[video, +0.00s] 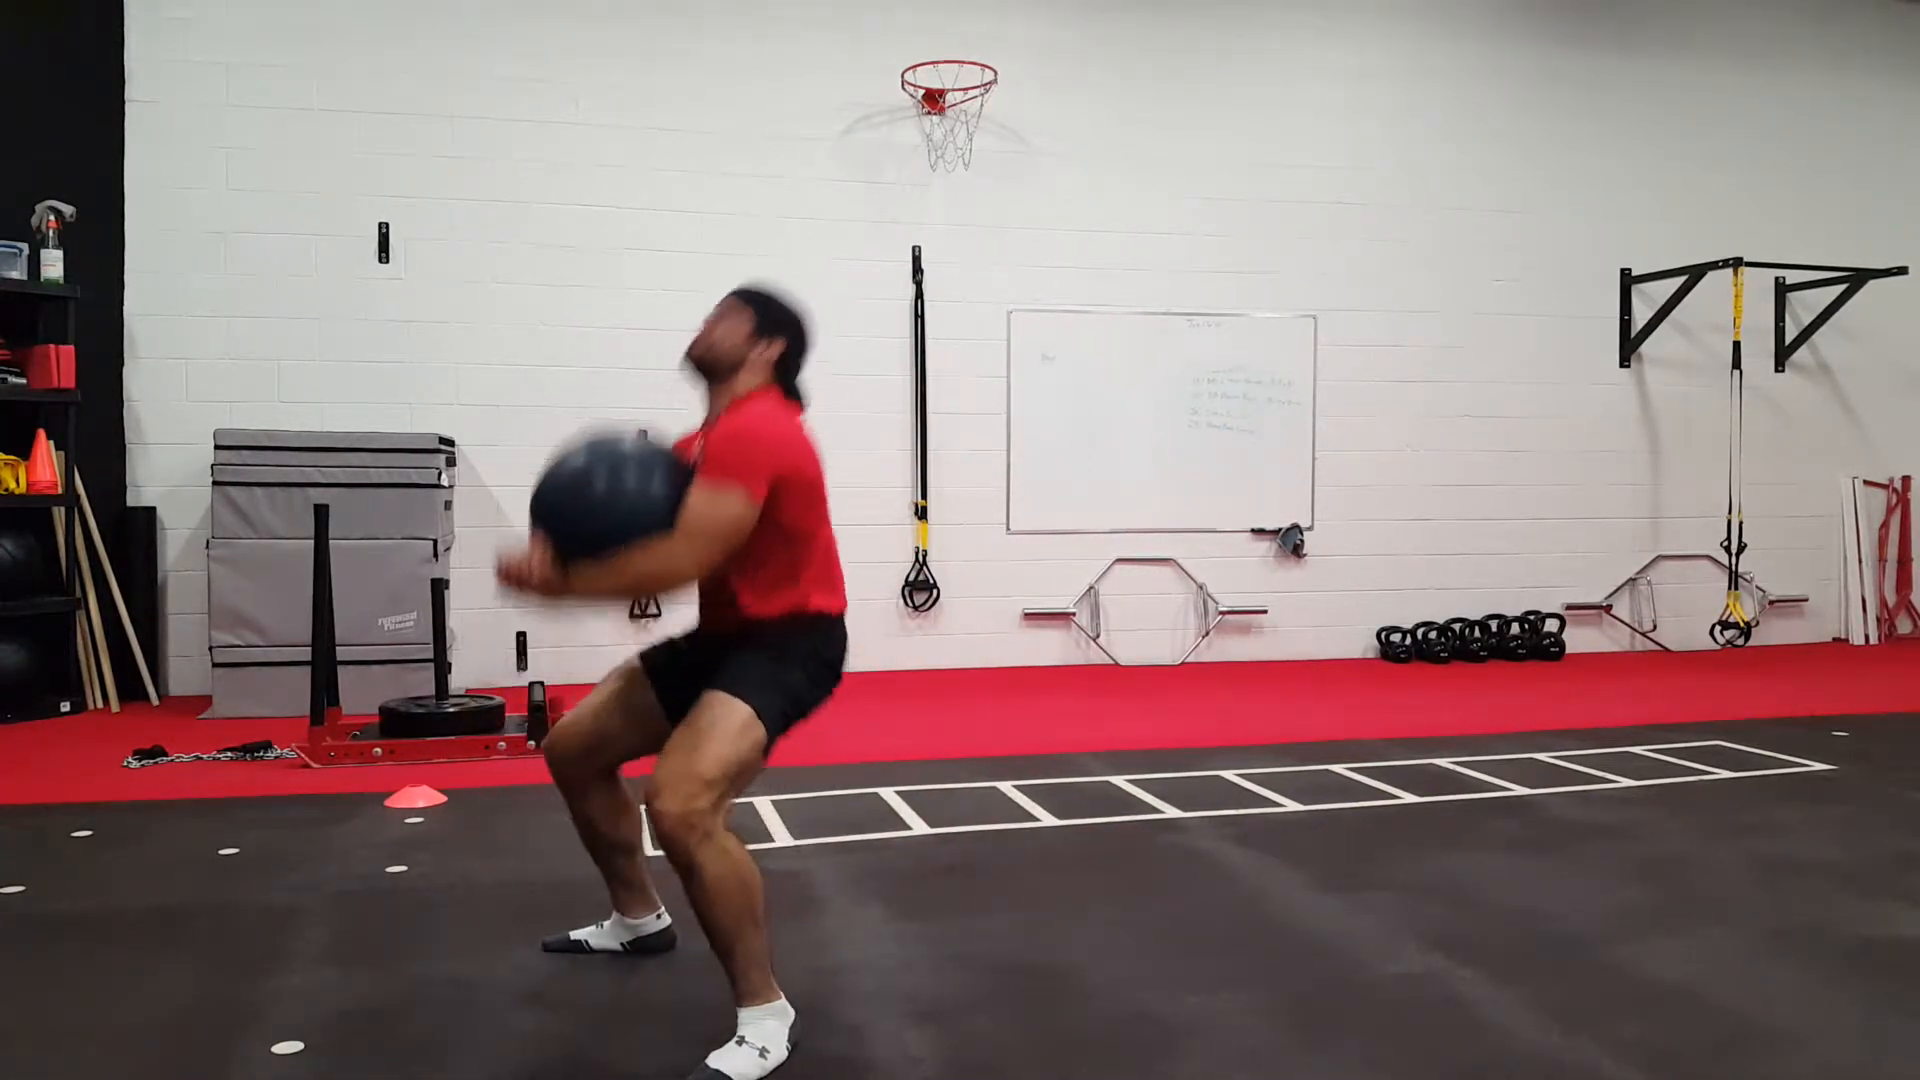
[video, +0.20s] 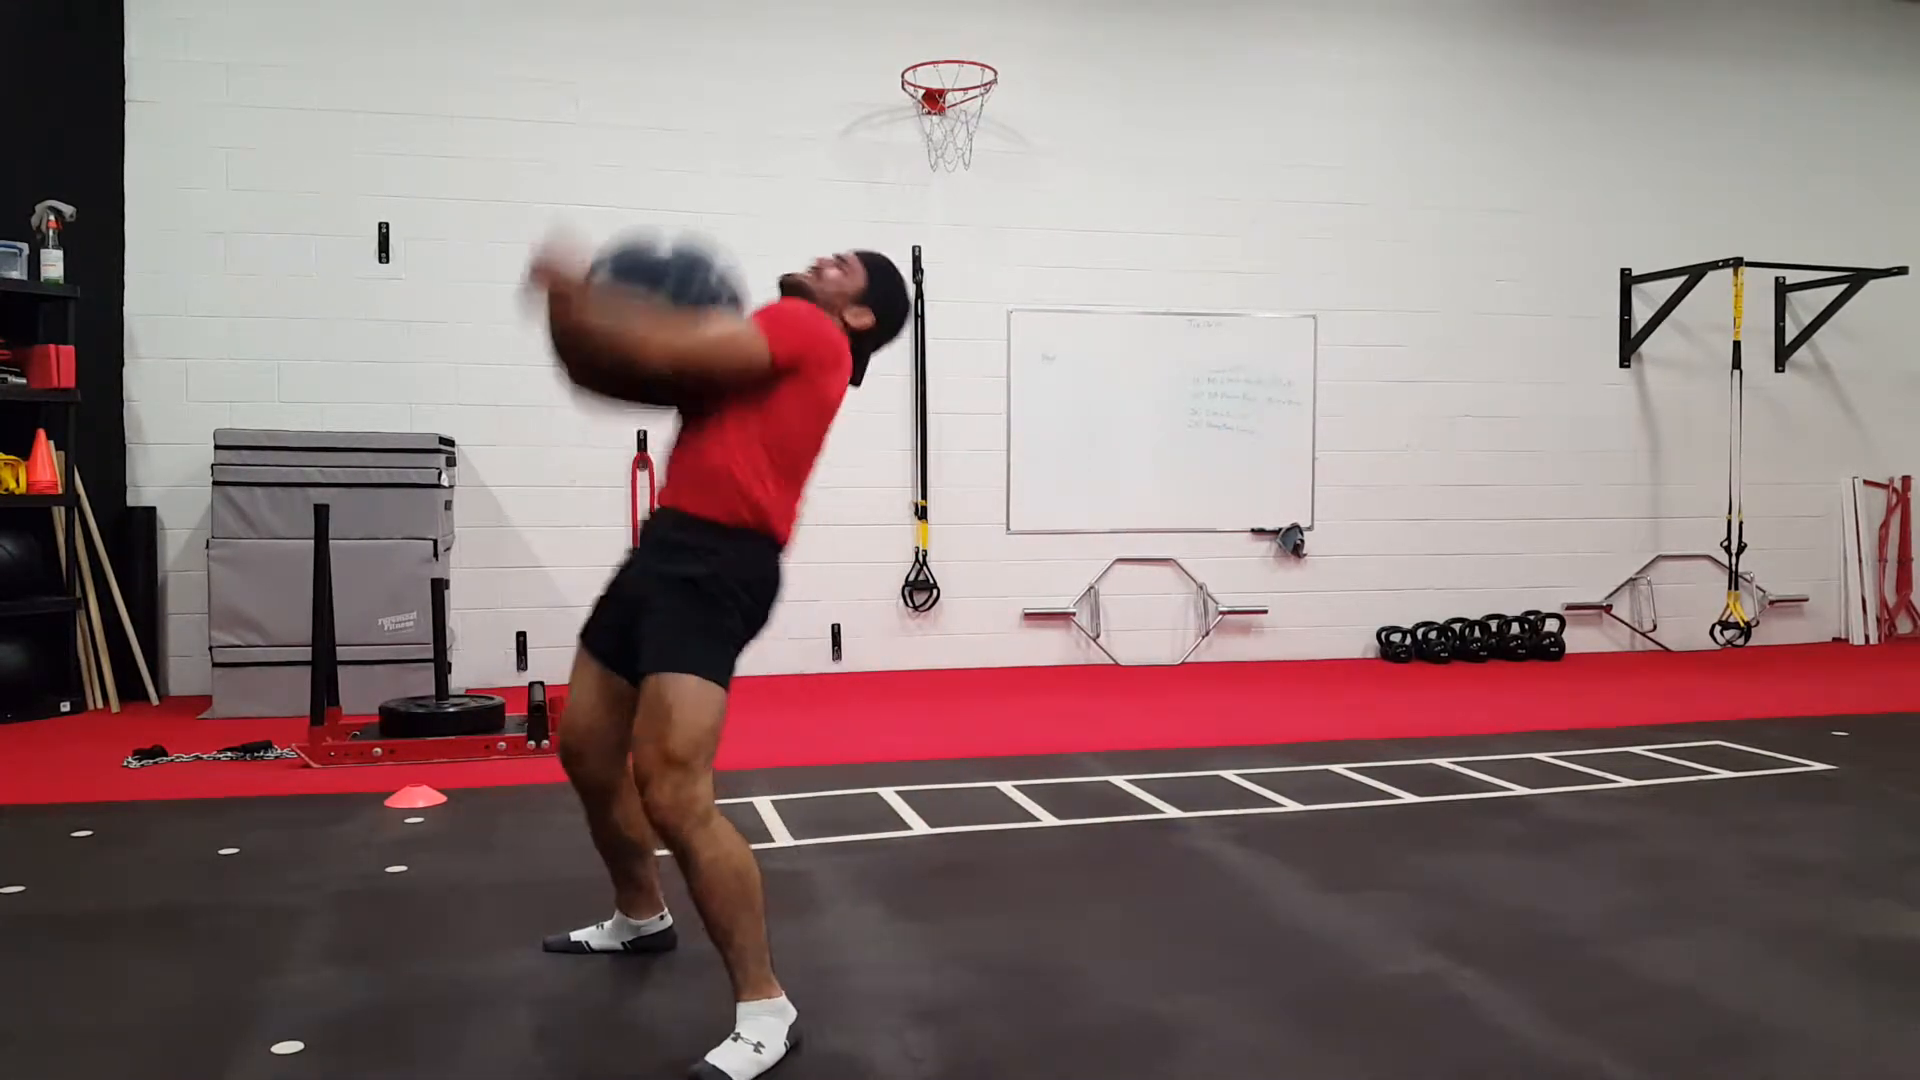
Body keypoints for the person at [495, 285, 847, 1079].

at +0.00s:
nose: (705, 324)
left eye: (726, 316)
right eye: (713, 313)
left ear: (767, 348)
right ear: (743, 348)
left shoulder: (762, 431)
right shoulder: (709, 438)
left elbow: (687, 557)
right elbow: (647, 527)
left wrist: (562, 578)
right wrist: (566, 558)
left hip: (793, 641)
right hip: (723, 638)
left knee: (680, 802)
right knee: (573, 749)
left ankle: (765, 1012)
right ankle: (637, 915)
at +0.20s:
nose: (824, 261)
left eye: (845, 267)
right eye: (835, 256)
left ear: (862, 315)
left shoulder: (814, 333)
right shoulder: (762, 340)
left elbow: (675, 347)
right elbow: (624, 372)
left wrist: (577, 293)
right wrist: (571, 305)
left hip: (720, 560)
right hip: (662, 549)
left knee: (673, 786)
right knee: (588, 747)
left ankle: (764, 1006)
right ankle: (641, 918)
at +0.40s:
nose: (824, 281)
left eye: (841, 294)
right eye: (832, 280)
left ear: (846, 347)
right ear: (804, 288)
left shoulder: (788, 347)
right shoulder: (694, 337)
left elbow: (699, 201)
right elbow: (580, 287)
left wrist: (678, 70)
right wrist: (587, 167)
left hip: (661, 570)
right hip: (592, 563)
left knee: (649, 801)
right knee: (567, 761)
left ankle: (760, 1007)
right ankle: (637, 918)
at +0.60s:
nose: (749, 268)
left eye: (774, 274)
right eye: (756, 256)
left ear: (799, 319)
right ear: (736, 258)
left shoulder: (764, 372)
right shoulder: (653, 325)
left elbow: (658, 268)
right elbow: (511, 324)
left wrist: (663, 154)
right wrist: (462, 206)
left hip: (658, 591)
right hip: (580, 574)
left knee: (634, 811)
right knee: (548, 770)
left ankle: (757, 1007)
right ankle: (637, 910)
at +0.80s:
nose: (682, 242)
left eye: (708, 238)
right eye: (680, 220)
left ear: (737, 260)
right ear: (662, 216)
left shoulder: (733, 342)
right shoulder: (592, 308)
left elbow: (627, 355)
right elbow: (457, 392)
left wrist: (525, 234)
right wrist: (405, 347)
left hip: (677, 581)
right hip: (580, 567)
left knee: (672, 789)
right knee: (484, 762)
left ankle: (761, 1005)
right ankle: (549, 890)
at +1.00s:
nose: (607, 251)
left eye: (628, 237)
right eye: (593, 228)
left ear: (649, 246)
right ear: (557, 223)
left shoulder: (670, 349)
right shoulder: (496, 335)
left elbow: (638, 490)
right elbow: (434, 468)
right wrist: (382, 554)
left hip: (641, 583)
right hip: (531, 581)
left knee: (658, 776)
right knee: (472, 787)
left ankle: (755, 1003)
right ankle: (448, 983)